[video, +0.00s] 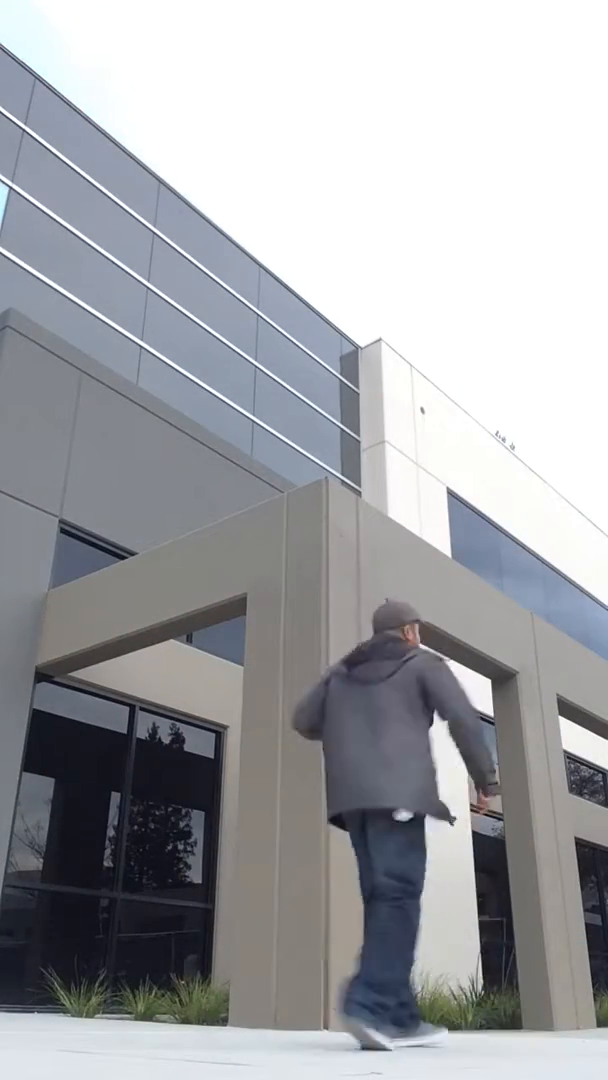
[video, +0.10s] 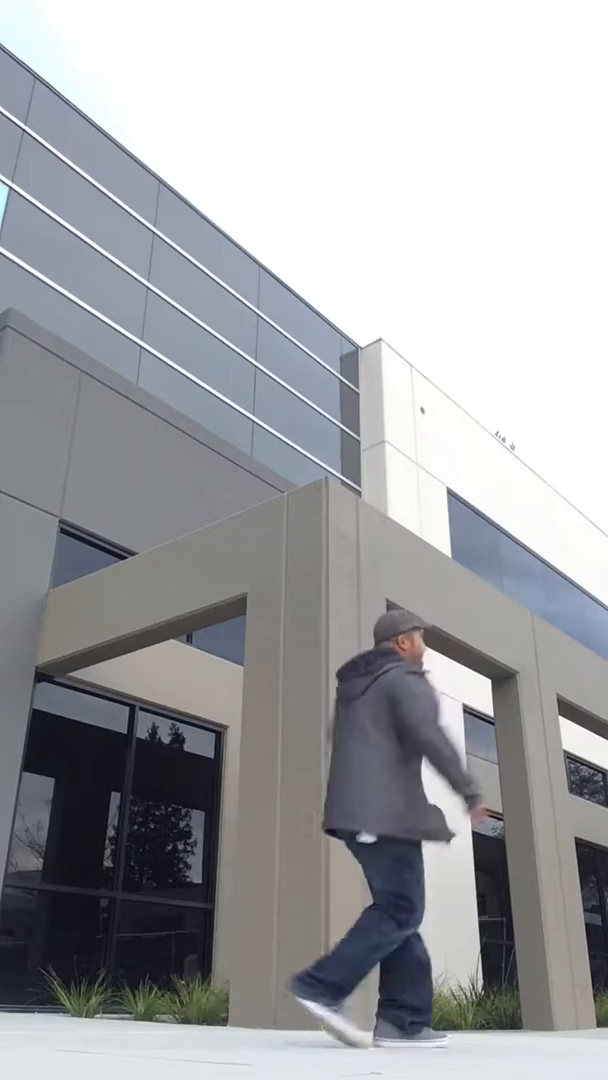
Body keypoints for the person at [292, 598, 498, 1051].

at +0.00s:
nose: (422, 637)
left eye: (419, 631)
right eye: (419, 631)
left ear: (377, 632)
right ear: (410, 631)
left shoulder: (343, 669)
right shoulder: (422, 663)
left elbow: (304, 719)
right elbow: (463, 717)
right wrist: (484, 778)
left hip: (351, 794)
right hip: (399, 791)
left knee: (379, 899)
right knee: (398, 899)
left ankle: (401, 1016)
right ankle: (367, 1006)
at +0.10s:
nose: (425, 647)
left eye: (424, 639)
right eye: (421, 639)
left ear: (388, 643)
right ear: (403, 641)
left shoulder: (356, 680)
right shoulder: (404, 679)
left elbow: (345, 743)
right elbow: (426, 735)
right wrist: (471, 792)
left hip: (352, 811)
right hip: (386, 811)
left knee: (397, 913)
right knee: (402, 911)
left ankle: (404, 1020)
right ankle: (319, 987)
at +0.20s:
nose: (419, 643)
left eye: (418, 635)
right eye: (413, 635)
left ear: (390, 642)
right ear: (388, 640)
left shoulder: (385, 684)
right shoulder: (369, 682)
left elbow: (396, 739)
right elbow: (380, 749)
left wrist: (440, 732)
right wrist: (407, 810)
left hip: (388, 819)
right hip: (367, 818)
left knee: (409, 912)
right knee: (392, 907)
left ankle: (402, 1021)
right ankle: (308, 990)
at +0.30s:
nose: (395, 635)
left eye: (397, 628)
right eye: (385, 627)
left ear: (396, 638)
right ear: (360, 636)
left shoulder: (399, 688)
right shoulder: (336, 685)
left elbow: (418, 730)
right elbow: (326, 750)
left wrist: (461, 718)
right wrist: (337, 806)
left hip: (400, 819)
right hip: (354, 819)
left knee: (401, 918)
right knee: (356, 914)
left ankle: (400, 1020)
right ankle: (335, 1012)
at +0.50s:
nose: (332, 642)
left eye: (340, 635)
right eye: (324, 637)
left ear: (357, 643)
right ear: (316, 649)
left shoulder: (386, 688)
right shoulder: (298, 697)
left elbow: (430, 736)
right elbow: (273, 748)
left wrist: (415, 724)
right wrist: (258, 799)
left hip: (369, 810)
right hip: (318, 814)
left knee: (368, 899)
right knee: (328, 913)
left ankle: (379, 1008)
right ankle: (349, 1015)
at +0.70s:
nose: (287, 651)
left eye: (295, 642)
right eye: (283, 645)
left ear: (320, 646)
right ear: (283, 656)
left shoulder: (340, 683)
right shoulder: (299, 699)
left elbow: (346, 741)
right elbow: (289, 767)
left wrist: (286, 759)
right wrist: (264, 810)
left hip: (331, 818)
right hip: (308, 821)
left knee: (284, 898)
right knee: (326, 919)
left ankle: (281, 1010)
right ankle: (354, 1022)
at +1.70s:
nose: (188, 645)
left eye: (192, 637)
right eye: (190, 638)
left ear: (211, 638)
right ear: (233, 643)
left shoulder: (184, 668)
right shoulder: (264, 682)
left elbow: (158, 731)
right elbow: (291, 737)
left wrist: (146, 794)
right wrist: (265, 792)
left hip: (191, 789)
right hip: (246, 796)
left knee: (183, 904)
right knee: (235, 906)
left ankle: (193, 1012)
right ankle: (248, 1015)